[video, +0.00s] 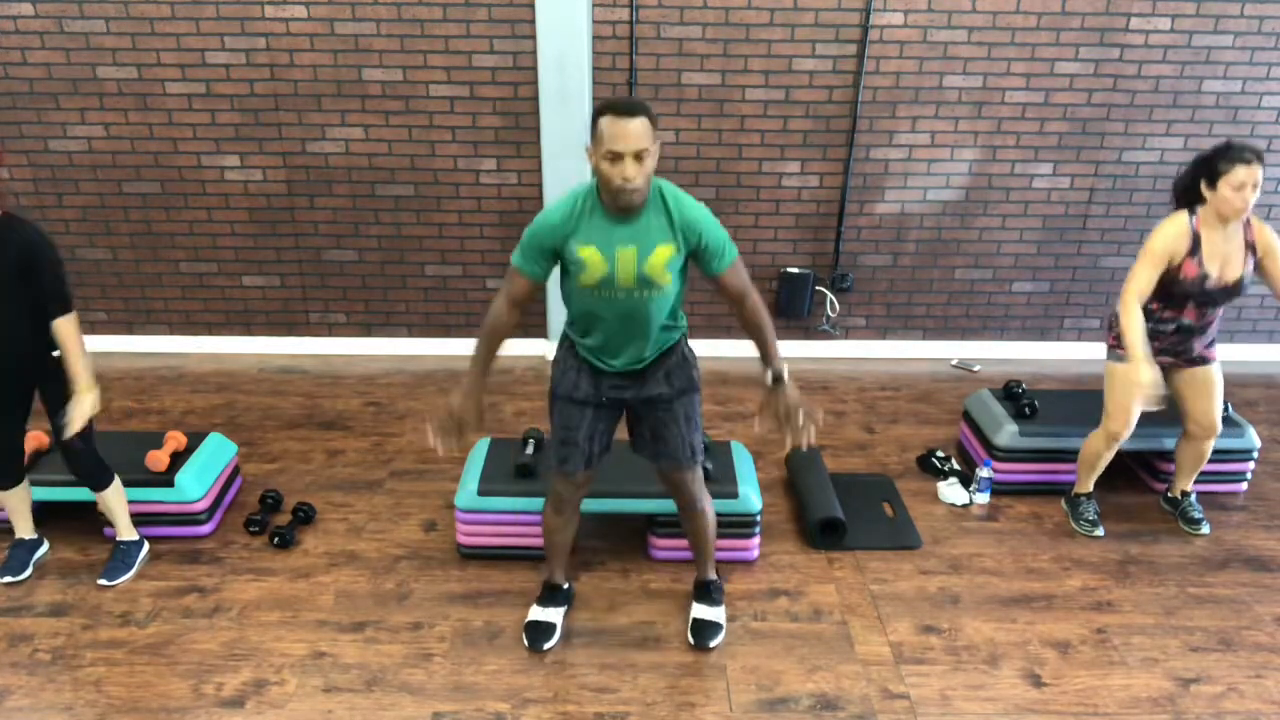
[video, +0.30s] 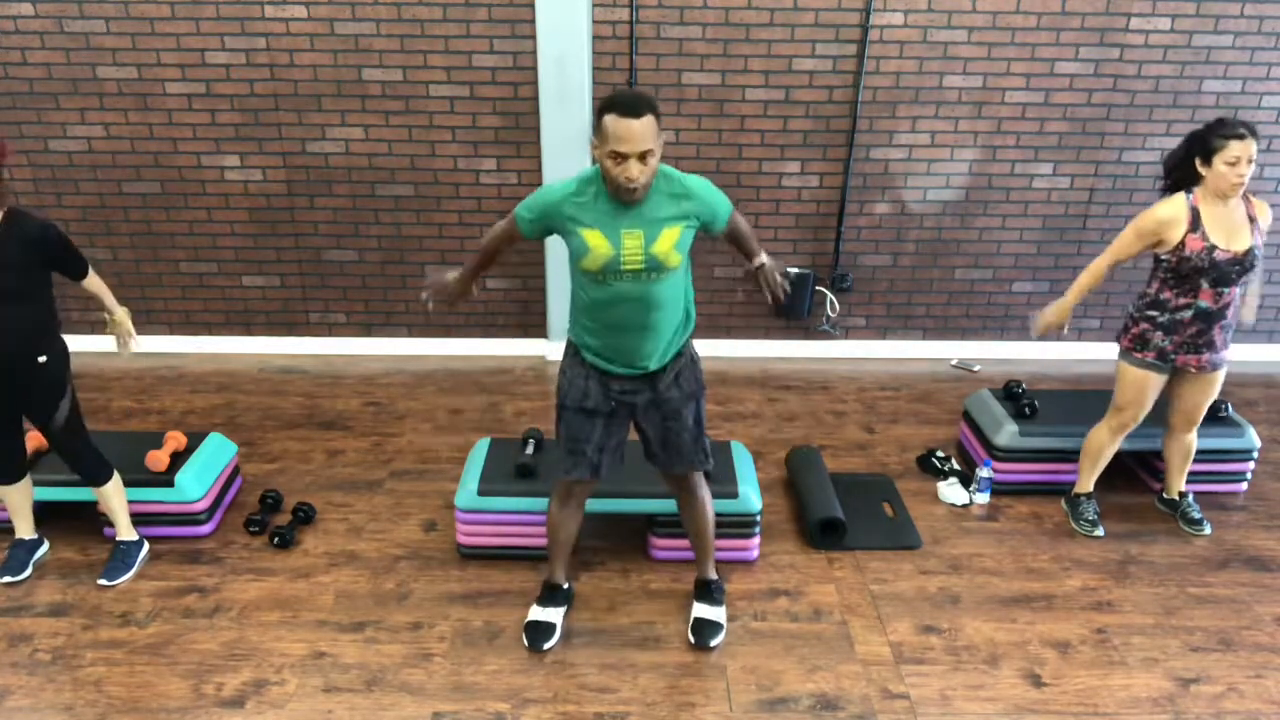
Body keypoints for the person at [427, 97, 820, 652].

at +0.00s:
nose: (629, 172)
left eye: (640, 157)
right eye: (615, 158)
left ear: (655, 156)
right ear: (592, 158)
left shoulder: (685, 216)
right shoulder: (557, 223)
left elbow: (742, 294)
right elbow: (510, 301)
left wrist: (778, 375)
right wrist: (470, 387)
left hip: (662, 363)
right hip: (584, 363)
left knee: (684, 479)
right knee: (566, 482)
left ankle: (708, 584)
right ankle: (554, 588)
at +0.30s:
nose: (632, 172)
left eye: (644, 157)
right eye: (618, 158)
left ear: (661, 148)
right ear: (596, 150)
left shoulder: (693, 196)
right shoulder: (562, 202)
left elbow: (732, 225)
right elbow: (503, 235)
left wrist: (760, 261)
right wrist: (464, 279)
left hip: (669, 368)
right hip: (592, 369)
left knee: (686, 476)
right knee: (572, 482)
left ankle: (708, 583)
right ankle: (555, 588)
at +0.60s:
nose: (631, 178)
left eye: (644, 163)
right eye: (617, 163)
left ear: (662, 153)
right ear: (596, 155)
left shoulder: (693, 205)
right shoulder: (564, 214)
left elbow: (739, 263)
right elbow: (506, 280)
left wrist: (767, 328)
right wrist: (473, 347)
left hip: (671, 366)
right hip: (593, 367)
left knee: (690, 478)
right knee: (573, 481)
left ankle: (709, 583)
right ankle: (556, 587)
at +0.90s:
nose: (630, 301)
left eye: (641, 285)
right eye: (617, 285)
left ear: (658, 268)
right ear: (598, 270)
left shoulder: (689, 300)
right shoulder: (571, 313)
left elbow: (713, 398)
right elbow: (554, 407)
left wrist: (707, 477)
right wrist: (561, 474)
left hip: (667, 393)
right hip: (595, 396)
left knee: (704, 496)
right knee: (558, 497)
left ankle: (710, 586)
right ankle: (554, 587)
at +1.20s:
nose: (629, 433)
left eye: (640, 420)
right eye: (616, 421)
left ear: (656, 398)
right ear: (598, 400)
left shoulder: (688, 420)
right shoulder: (571, 427)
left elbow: (715, 535)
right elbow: (544, 545)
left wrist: (699, 513)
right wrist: (564, 519)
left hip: (664, 464)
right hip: (593, 465)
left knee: (711, 533)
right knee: (552, 530)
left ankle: (708, 589)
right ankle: (555, 591)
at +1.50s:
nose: (629, 377)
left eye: (640, 363)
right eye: (616, 363)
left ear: (658, 349)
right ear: (600, 349)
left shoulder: (687, 380)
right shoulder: (571, 386)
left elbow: (718, 477)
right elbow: (536, 482)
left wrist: (697, 489)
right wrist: (558, 485)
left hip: (667, 458)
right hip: (594, 458)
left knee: (703, 519)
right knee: (555, 520)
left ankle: (708, 590)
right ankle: (553, 592)